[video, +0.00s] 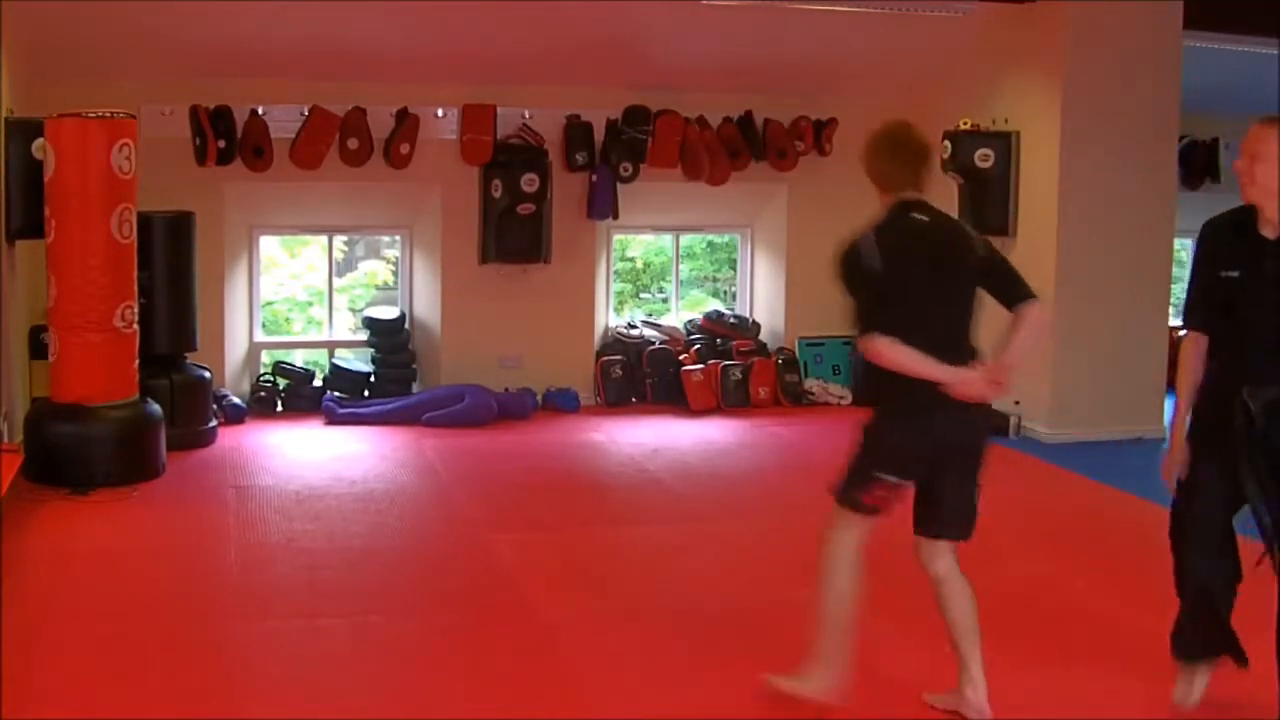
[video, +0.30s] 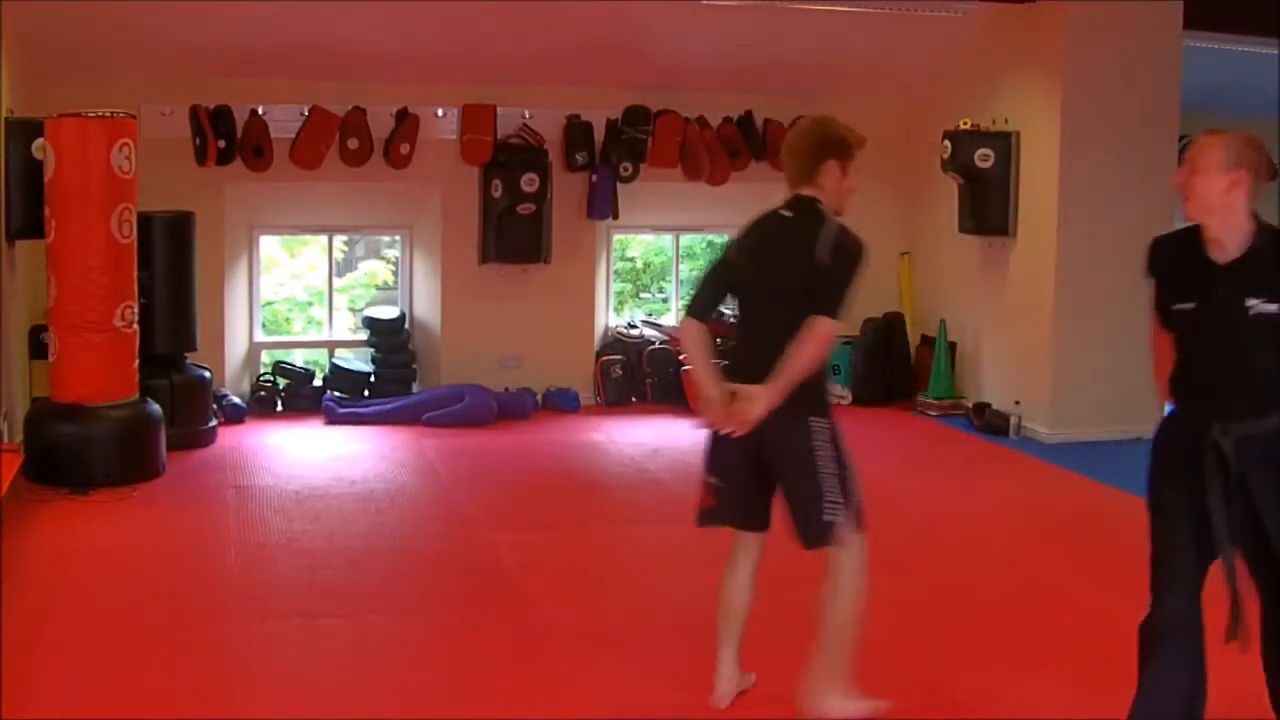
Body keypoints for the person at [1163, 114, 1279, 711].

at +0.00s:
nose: (1241, 166)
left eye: (1255, 157)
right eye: (1242, 155)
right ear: (1242, 164)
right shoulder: (1223, 233)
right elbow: (1197, 337)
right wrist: (1179, 431)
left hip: (1274, 422)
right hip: (1227, 414)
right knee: (1196, 517)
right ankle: (1199, 645)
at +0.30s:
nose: (1178, 180)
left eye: (1192, 170)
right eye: (1181, 169)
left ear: (1238, 183)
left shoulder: (1275, 254)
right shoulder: (1171, 254)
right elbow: (1166, 334)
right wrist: (1171, 400)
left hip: (1265, 450)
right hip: (1191, 444)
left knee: (1277, 605)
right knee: (1173, 609)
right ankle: (1163, 715)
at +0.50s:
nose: (1115, 179)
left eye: (1127, 166)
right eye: (1116, 166)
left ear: (1171, 171)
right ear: (1159, 174)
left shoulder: (1243, 252)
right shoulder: (1113, 254)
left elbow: (1266, 361)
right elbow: (1091, 370)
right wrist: (1066, 468)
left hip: (1212, 456)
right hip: (1128, 453)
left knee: (1215, 629)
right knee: (1133, 635)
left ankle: (1269, 700)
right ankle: (1147, 716)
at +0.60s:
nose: (1093, 168)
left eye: (1104, 155)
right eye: (1092, 155)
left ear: (1150, 157)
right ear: (1126, 160)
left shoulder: (1215, 239)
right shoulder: (1092, 239)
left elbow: (1264, 340)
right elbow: (1055, 338)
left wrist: (1252, 431)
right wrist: (1030, 414)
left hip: (1184, 444)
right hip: (1102, 441)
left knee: (1160, 622)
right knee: (1105, 622)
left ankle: (1214, 711)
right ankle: (1127, 713)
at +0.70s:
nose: (1063, 173)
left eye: (1074, 159)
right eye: (1062, 160)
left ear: (1121, 161)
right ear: (1111, 163)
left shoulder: (1184, 242)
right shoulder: (1069, 241)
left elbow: (1228, 339)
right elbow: (1026, 317)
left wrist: (1179, 395)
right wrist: (1001, 354)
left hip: (1148, 444)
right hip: (1077, 441)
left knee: (1115, 608)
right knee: (1075, 609)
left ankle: (1139, 712)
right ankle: (1093, 711)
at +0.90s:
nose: (984, 197)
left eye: (997, 181)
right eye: (983, 182)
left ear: (1044, 180)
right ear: (1034, 183)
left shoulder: (1104, 265)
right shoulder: (1007, 259)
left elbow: (1121, 380)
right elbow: (940, 358)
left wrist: (1036, 444)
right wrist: (937, 331)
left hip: (1065, 468)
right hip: (1007, 464)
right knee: (1054, 639)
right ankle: (1110, 713)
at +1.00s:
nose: (942, 192)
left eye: (953, 176)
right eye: (942, 177)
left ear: (998, 174)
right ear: (988, 177)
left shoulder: (1053, 268)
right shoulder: (967, 257)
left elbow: (1038, 409)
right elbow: (928, 342)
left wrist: (949, 515)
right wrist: (902, 372)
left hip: (1011, 473)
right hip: (951, 462)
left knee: (955, 647)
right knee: (947, 634)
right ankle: (1054, 710)